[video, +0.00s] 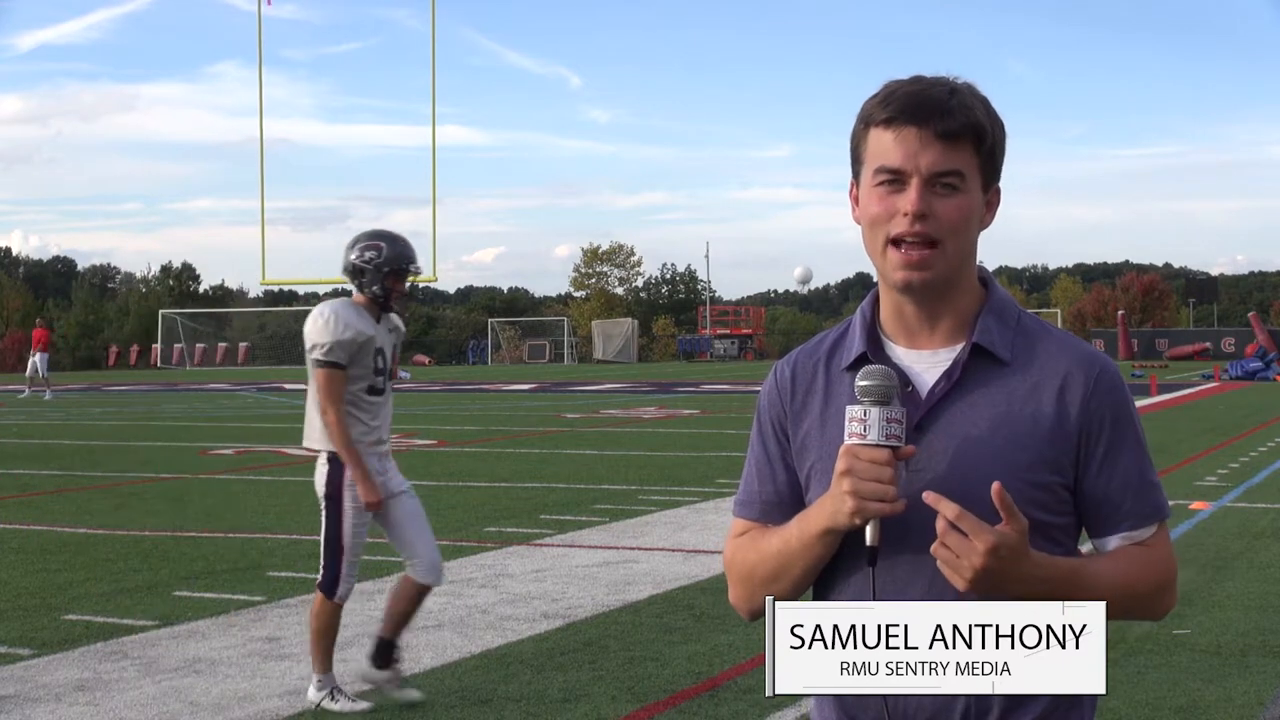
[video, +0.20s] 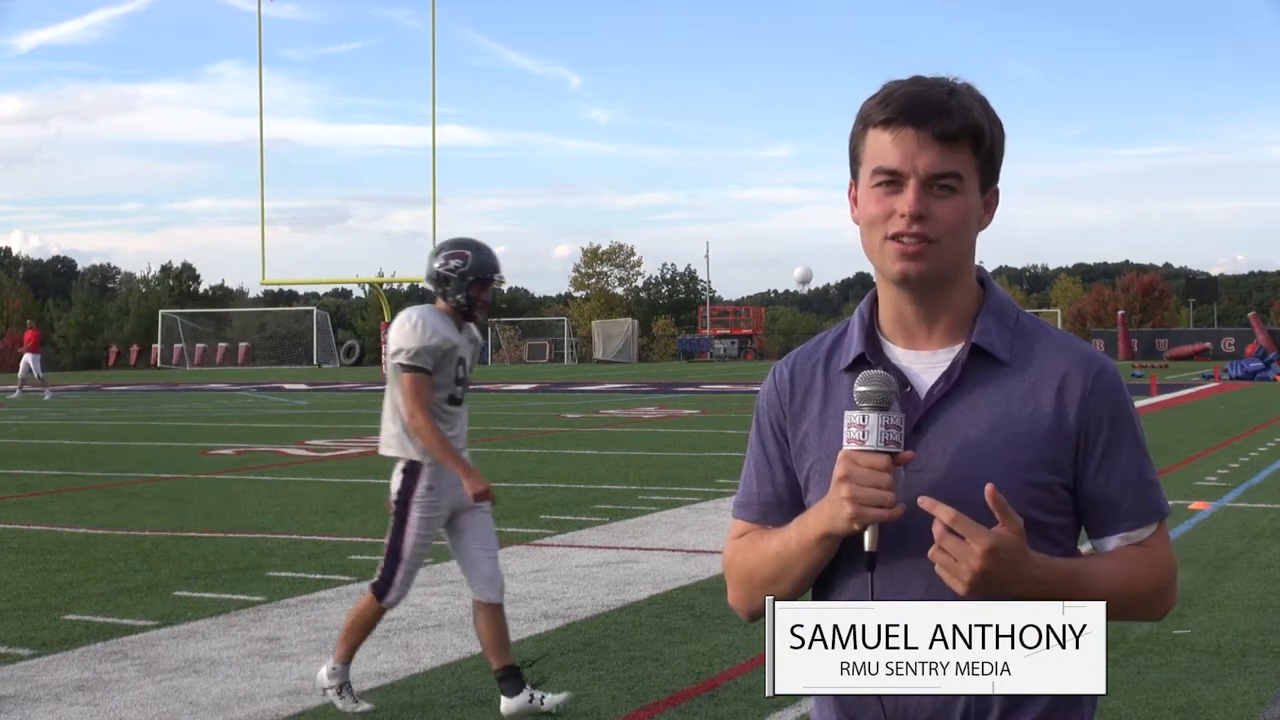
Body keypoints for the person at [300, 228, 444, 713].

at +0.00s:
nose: (404, 286)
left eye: (405, 278)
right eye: (397, 278)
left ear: (391, 277)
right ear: (371, 276)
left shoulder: (392, 327)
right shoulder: (332, 320)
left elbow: (374, 396)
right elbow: (328, 407)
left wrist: (381, 456)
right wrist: (360, 475)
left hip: (381, 463)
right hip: (341, 465)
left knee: (426, 568)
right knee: (336, 581)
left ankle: (381, 665)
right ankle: (322, 683)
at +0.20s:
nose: (488, 296)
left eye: (489, 287)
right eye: (482, 287)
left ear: (464, 284)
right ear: (455, 284)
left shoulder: (467, 336)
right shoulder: (418, 326)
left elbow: (445, 407)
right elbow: (415, 415)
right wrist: (466, 473)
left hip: (461, 475)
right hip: (421, 475)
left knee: (489, 582)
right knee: (391, 587)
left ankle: (514, 692)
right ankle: (335, 671)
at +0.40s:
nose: (567, 288)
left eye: (567, 279)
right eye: (561, 279)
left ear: (538, 277)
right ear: (536, 276)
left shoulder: (543, 327)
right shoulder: (493, 319)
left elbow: (530, 404)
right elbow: (486, 409)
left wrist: (543, 470)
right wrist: (516, 480)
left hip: (539, 467)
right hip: (510, 470)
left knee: (532, 583)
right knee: (543, 591)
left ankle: (522, 691)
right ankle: (456, 645)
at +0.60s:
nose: (641, 286)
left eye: (643, 277)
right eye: (635, 277)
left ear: (623, 276)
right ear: (607, 274)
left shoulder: (625, 328)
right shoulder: (565, 321)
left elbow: (631, 402)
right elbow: (549, 410)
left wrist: (681, 457)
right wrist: (556, 490)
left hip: (604, 464)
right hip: (582, 465)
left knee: (562, 582)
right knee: (644, 580)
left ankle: (528, 686)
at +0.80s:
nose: (724, 294)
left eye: (726, 284)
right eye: (718, 284)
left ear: (698, 283)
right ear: (691, 281)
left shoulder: (707, 331)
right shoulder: (648, 329)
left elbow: (711, 402)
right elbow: (631, 422)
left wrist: (758, 440)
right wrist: (636, 500)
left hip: (693, 468)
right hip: (668, 469)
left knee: (669, 596)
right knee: (705, 587)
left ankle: (579, 659)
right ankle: (718, 706)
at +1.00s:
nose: (805, 285)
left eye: (807, 275)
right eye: (800, 274)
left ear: (771, 269)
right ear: (775, 269)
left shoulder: (784, 323)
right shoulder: (733, 317)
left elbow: (785, 399)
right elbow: (726, 408)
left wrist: (792, 458)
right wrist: (747, 467)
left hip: (775, 464)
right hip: (738, 467)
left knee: (787, 578)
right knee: (738, 587)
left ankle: (756, 674)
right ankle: (723, 698)